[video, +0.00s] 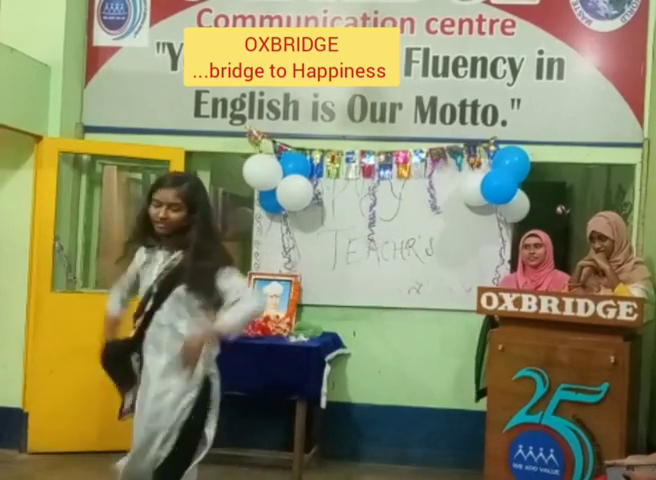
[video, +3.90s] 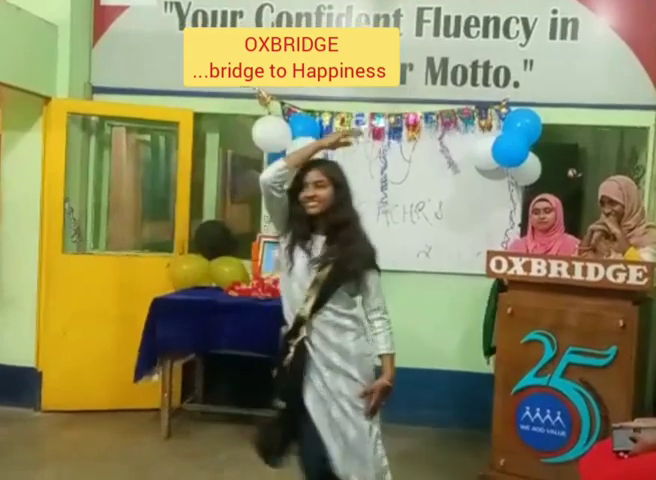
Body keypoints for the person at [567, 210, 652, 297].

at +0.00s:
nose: (596, 246)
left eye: (602, 239)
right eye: (592, 240)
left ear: (618, 238)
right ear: (589, 241)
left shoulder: (637, 269)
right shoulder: (588, 268)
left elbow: (633, 303)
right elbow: (569, 298)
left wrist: (607, 268)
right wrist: (579, 269)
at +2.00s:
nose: (603, 237)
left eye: (609, 230)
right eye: (599, 231)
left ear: (624, 230)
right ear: (595, 232)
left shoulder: (645, 262)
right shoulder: (593, 259)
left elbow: (641, 296)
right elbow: (577, 290)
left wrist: (614, 261)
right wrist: (585, 262)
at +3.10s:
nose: (604, 227)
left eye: (611, 220)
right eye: (601, 220)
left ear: (628, 219)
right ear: (597, 222)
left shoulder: (648, 251)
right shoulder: (595, 249)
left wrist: (617, 250)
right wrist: (587, 252)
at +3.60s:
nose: (606, 218)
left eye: (613, 210)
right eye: (602, 211)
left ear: (629, 209)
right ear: (599, 212)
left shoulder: (649, 241)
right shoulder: (596, 239)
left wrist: (618, 240)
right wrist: (588, 242)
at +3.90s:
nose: (606, 211)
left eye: (613, 203)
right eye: (602, 203)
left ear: (630, 203)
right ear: (599, 205)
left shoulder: (649, 235)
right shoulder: (597, 234)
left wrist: (618, 234)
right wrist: (588, 240)